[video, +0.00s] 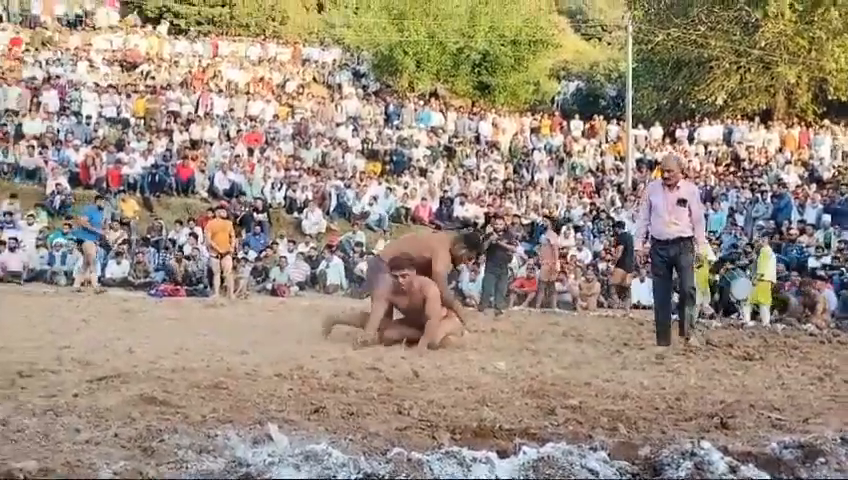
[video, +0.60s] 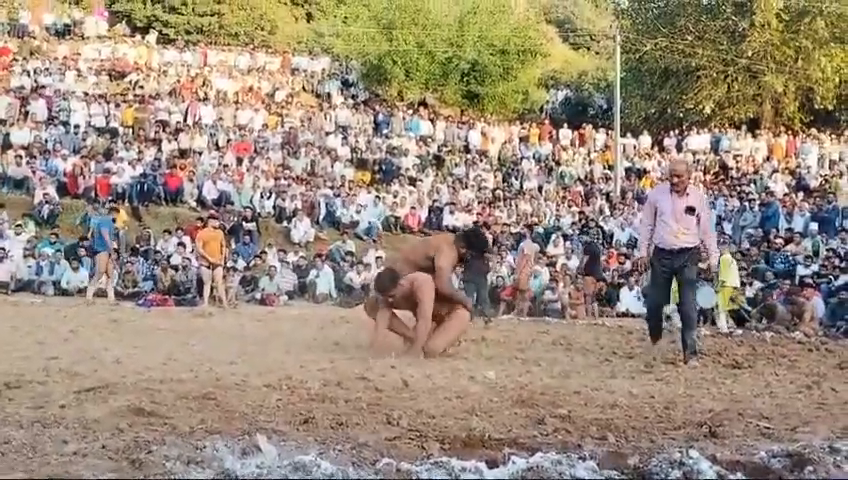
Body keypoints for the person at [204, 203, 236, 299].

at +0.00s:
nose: (223, 212)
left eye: (224, 210)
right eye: (221, 210)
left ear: (226, 212)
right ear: (216, 212)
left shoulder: (229, 223)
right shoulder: (210, 224)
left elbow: (232, 236)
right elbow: (208, 239)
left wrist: (232, 247)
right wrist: (217, 249)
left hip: (227, 252)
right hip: (214, 252)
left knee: (228, 273)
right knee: (216, 274)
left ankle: (230, 294)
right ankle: (216, 293)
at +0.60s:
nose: (217, 222)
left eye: (217, 220)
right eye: (214, 220)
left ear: (218, 221)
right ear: (209, 221)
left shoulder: (220, 233)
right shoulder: (201, 233)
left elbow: (223, 246)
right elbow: (199, 249)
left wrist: (222, 257)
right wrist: (210, 259)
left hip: (218, 261)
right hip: (205, 261)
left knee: (219, 282)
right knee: (207, 283)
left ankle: (224, 302)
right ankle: (205, 303)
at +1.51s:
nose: (210, 221)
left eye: (211, 219)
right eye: (207, 219)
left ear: (213, 220)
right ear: (203, 220)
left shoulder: (217, 232)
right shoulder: (195, 233)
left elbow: (221, 244)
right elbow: (191, 246)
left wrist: (218, 252)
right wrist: (197, 255)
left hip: (212, 259)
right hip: (199, 259)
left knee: (219, 276)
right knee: (193, 277)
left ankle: (219, 299)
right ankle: (196, 299)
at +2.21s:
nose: (202, 217)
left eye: (204, 215)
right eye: (200, 215)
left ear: (207, 217)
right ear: (197, 217)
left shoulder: (212, 227)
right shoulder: (192, 227)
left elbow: (220, 237)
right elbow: (185, 238)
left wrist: (213, 241)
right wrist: (189, 246)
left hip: (208, 254)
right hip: (195, 254)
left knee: (209, 276)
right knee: (191, 275)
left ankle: (211, 298)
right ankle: (190, 296)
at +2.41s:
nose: (196, 216)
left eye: (198, 214)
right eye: (194, 214)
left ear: (201, 215)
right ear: (191, 215)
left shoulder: (205, 226)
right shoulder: (187, 227)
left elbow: (219, 232)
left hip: (202, 253)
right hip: (190, 253)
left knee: (204, 276)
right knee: (191, 275)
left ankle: (207, 297)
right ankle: (188, 296)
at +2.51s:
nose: (194, 216)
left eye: (196, 213)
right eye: (192, 214)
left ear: (200, 214)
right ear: (189, 215)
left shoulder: (203, 223)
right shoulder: (186, 225)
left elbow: (217, 230)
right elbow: (180, 235)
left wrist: (208, 222)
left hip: (200, 252)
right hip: (188, 252)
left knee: (203, 276)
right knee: (189, 275)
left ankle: (206, 297)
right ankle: (187, 296)